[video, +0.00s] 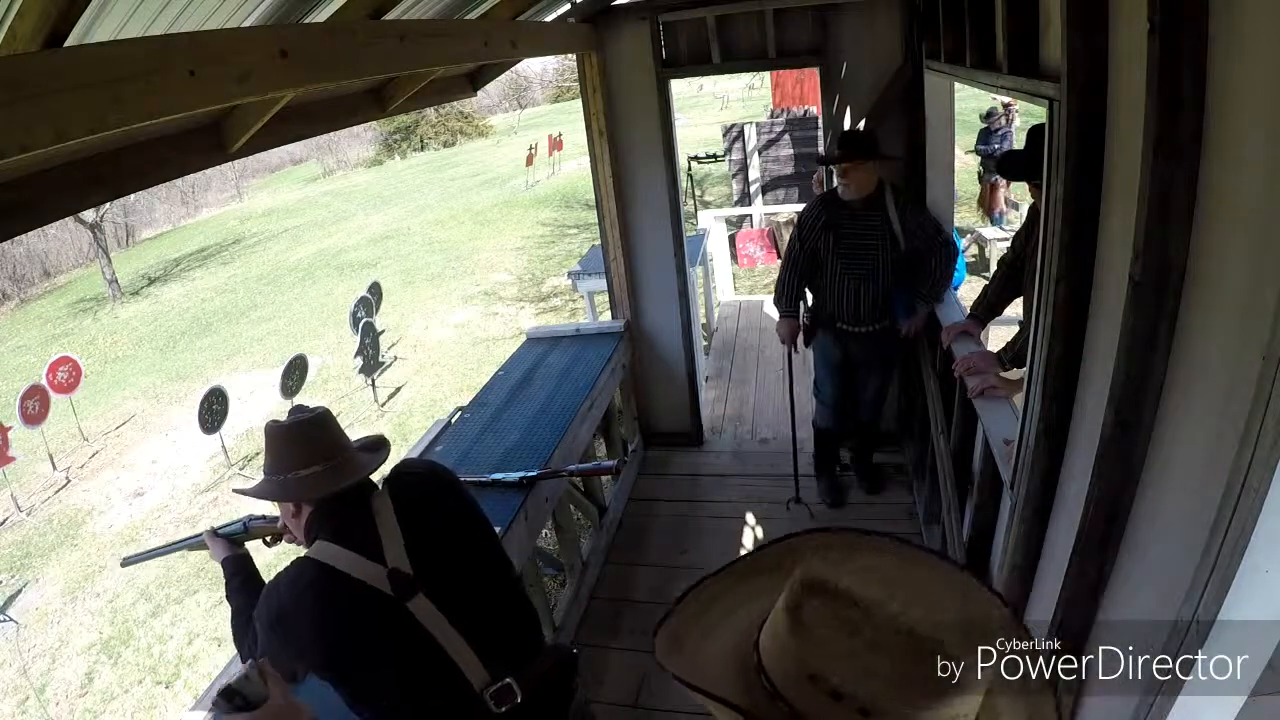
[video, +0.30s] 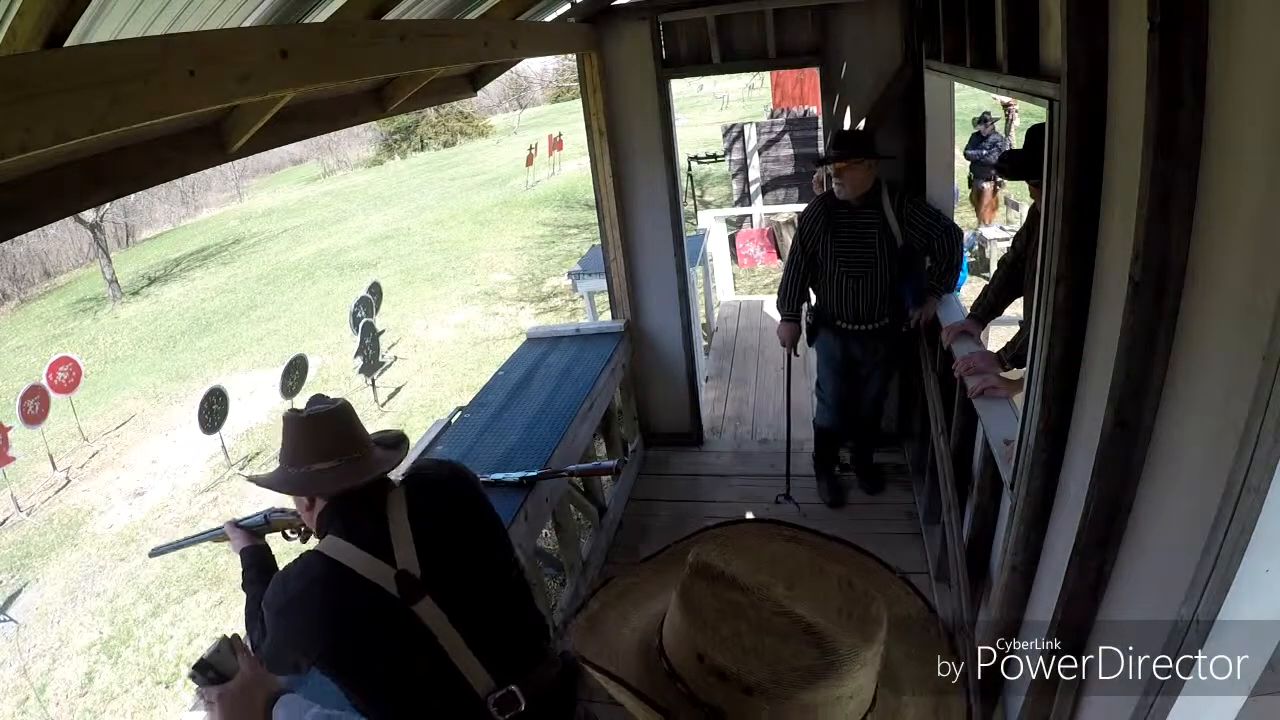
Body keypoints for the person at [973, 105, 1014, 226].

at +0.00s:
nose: (990, 124)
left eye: (992, 122)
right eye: (989, 122)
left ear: (999, 119)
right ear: (987, 121)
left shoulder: (1007, 132)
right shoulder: (983, 131)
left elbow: (1004, 150)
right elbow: (978, 149)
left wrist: (982, 150)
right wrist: (995, 148)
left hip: (1000, 171)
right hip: (986, 170)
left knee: (997, 202)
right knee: (986, 201)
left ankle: (999, 227)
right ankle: (994, 225)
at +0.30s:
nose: (982, 131)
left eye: (985, 127)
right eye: (981, 128)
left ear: (991, 126)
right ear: (979, 127)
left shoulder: (1000, 140)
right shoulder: (975, 137)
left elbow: (992, 159)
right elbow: (967, 154)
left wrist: (974, 156)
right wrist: (984, 153)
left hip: (990, 178)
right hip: (976, 177)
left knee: (983, 210)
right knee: (977, 206)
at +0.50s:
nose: (975, 131)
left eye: (978, 128)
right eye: (974, 128)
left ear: (986, 126)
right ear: (973, 127)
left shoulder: (992, 139)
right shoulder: (970, 136)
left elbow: (986, 159)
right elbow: (961, 153)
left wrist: (970, 155)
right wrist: (976, 153)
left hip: (983, 178)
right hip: (968, 176)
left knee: (980, 209)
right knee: (965, 208)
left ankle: (979, 229)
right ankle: (968, 227)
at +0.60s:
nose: (973, 131)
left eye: (975, 128)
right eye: (972, 128)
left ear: (982, 126)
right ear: (971, 127)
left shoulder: (990, 139)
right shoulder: (967, 136)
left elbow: (982, 158)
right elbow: (957, 153)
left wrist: (963, 155)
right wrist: (973, 153)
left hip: (981, 180)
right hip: (966, 178)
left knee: (980, 214)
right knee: (962, 210)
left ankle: (980, 238)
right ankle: (960, 236)